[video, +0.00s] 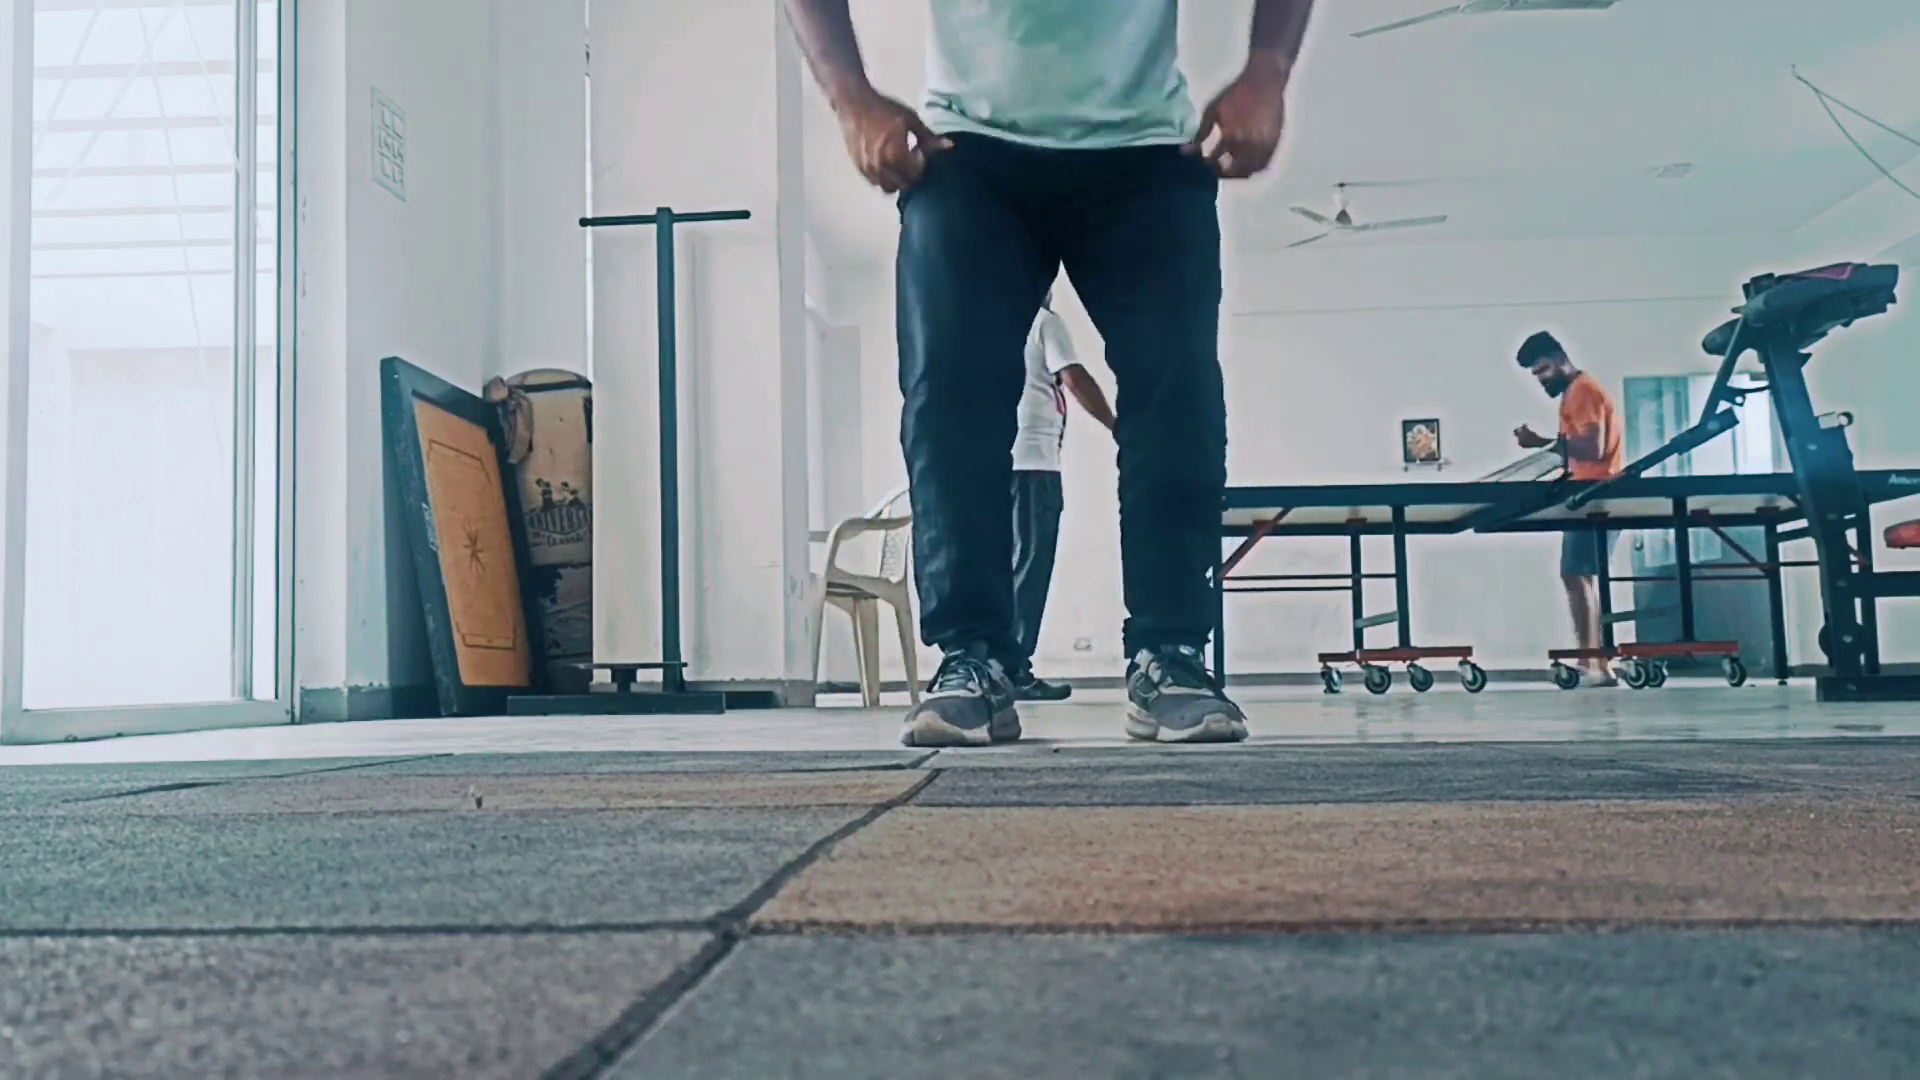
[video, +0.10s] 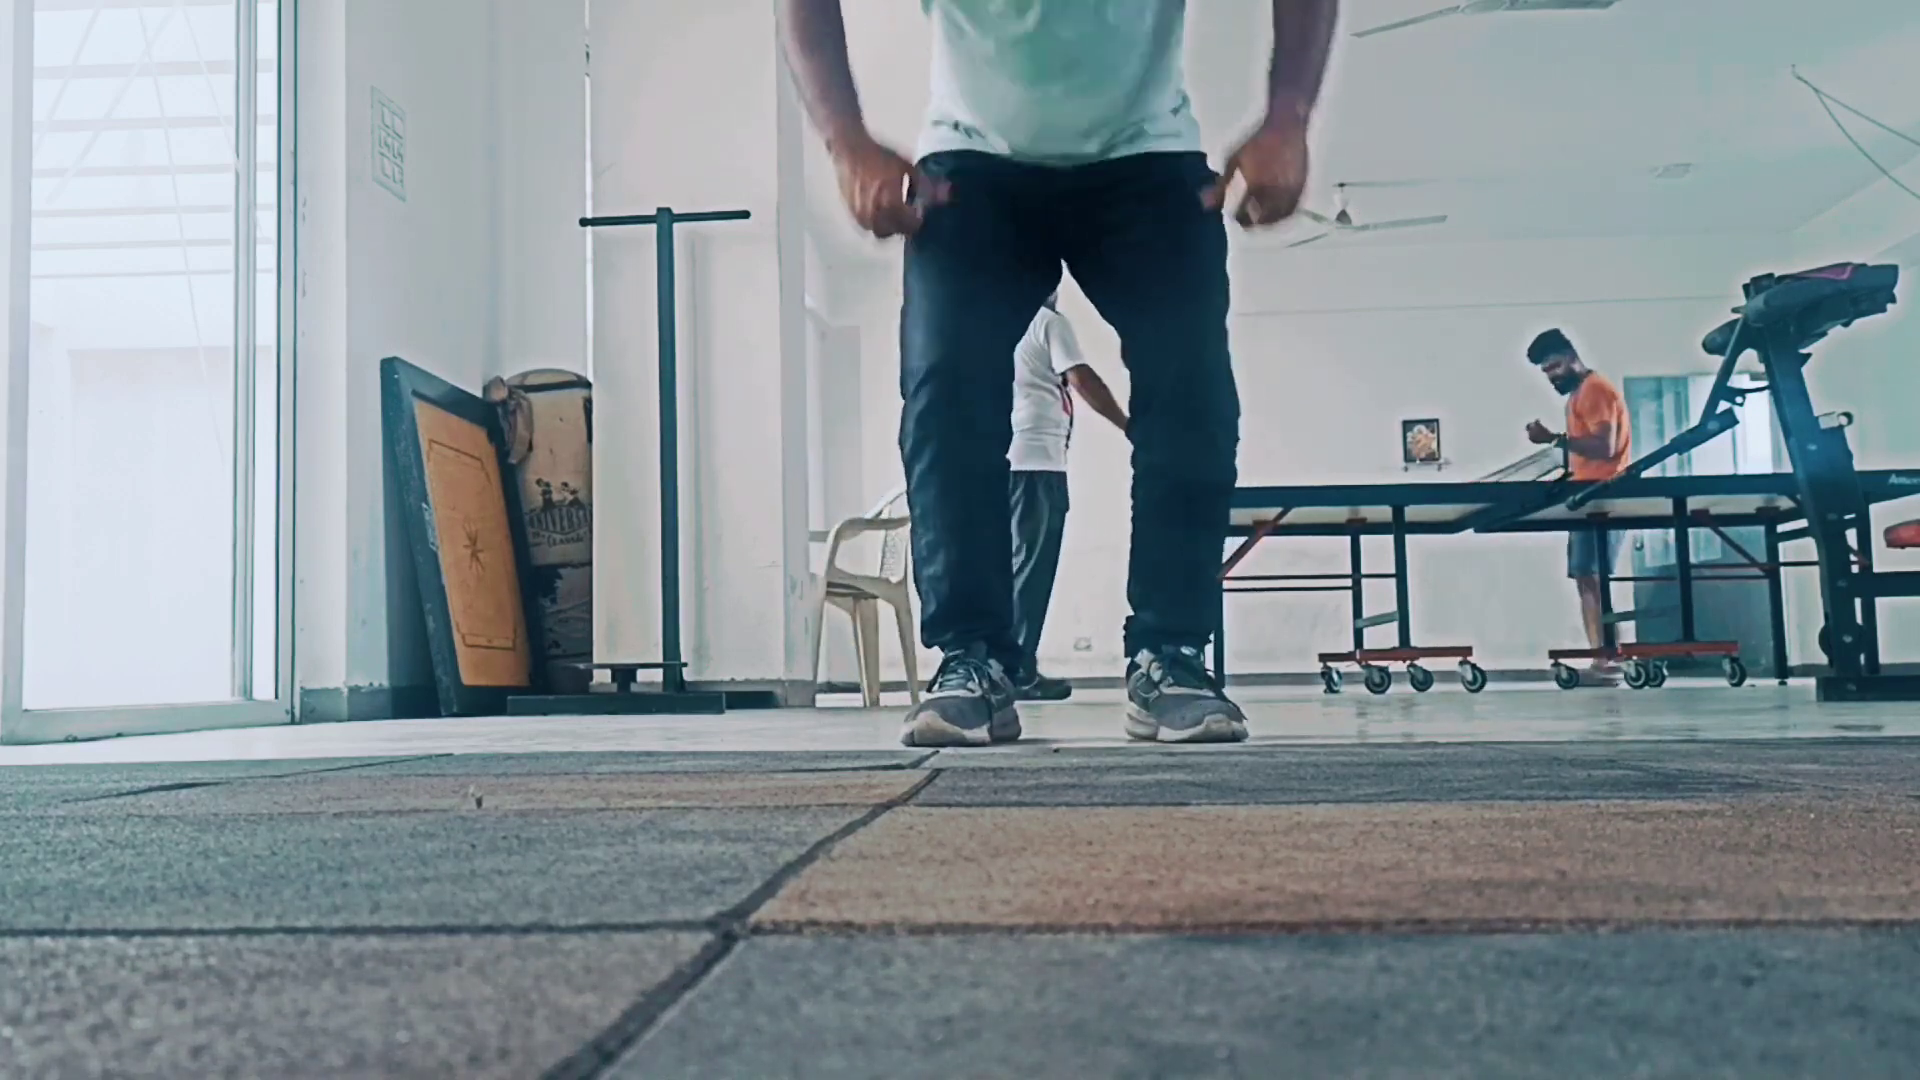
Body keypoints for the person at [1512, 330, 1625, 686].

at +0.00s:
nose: (1539, 379)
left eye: (1541, 369)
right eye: (1535, 373)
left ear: (1559, 360)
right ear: (1550, 366)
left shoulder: (1584, 391)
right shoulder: (1573, 395)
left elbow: (1595, 448)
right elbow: (1576, 448)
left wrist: (1543, 443)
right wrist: (1543, 444)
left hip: (1595, 497)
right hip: (1586, 496)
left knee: (1577, 574)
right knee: (1579, 575)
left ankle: (1592, 664)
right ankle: (1593, 662)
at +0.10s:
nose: (1550, 376)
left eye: (1553, 367)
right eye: (1545, 370)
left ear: (1572, 358)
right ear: (1550, 367)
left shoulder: (1596, 389)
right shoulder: (1576, 398)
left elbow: (1605, 448)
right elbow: (1588, 449)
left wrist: (1553, 438)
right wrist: (1569, 477)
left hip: (1604, 497)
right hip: (1588, 498)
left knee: (1591, 579)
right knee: (1584, 578)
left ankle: (1606, 662)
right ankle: (1601, 661)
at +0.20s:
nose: (1566, 374)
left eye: (1570, 364)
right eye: (1561, 368)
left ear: (1589, 357)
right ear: (1561, 368)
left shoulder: (1614, 388)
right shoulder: (1586, 400)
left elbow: (1621, 446)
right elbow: (1595, 453)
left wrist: (1568, 434)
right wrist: (1581, 491)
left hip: (1614, 498)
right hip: (1590, 499)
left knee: (1618, 579)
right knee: (1590, 583)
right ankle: (1602, 665)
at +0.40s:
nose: (1603, 370)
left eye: (1608, 361)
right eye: (1596, 365)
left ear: (1625, 355)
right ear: (1593, 366)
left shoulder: (1651, 388)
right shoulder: (1615, 398)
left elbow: (1655, 442)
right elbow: (1624, 453)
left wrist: (1604, 426)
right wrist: (1613, 489)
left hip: (1657, 496)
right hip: (1625, 497)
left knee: (1670, 581)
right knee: (1612, 581)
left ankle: (1711, 661)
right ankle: (1602, 665)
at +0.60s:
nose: (1645, 367)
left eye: (1651, 357)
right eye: (1638, 360)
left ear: (1667, 350)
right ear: (1631, 361)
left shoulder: (1689, 385)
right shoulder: (1648, 391)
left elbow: (1697, 443)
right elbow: (1662, 446)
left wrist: (1651, 418)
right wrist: (1650, 480)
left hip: (1691, 490)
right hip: (1661, 491)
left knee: (1698, 578)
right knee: (1652, 578)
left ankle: (1713, 662)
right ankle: (1644, 659)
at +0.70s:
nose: (1666, 363)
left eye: (1673, 353)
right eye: (1658, 356)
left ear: (1687, 347)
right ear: (1650, 357)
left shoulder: (1712, 382)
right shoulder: (1663, 391)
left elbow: (1717, 435)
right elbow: (1666, 448)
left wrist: (1673, 410)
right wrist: (1661, 502)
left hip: (1709, 487)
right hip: (1672, 490)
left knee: (1709, 574)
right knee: (1672, 578)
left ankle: (1716, 659)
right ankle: (1686, 657)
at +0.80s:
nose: (1684, 361)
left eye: (1690, 352)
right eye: (1676, 354)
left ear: (1704, 346)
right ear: (1669, 353)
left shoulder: (1728, 377)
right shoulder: (1678, 389)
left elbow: (1745, 435)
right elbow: (1677, 444)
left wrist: (1708, 426)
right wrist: (1673, 489)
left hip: (1723, 482)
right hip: (1689, 485)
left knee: (1718, 571)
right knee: (1696, 579)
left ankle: (1718, 662)